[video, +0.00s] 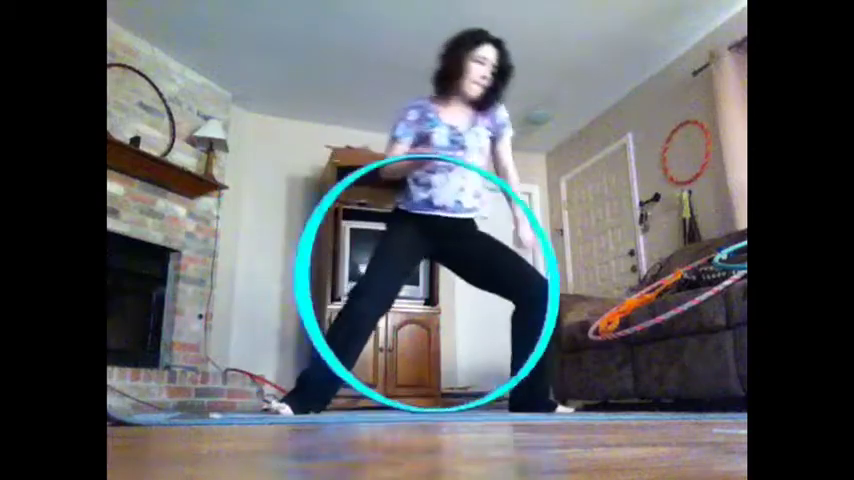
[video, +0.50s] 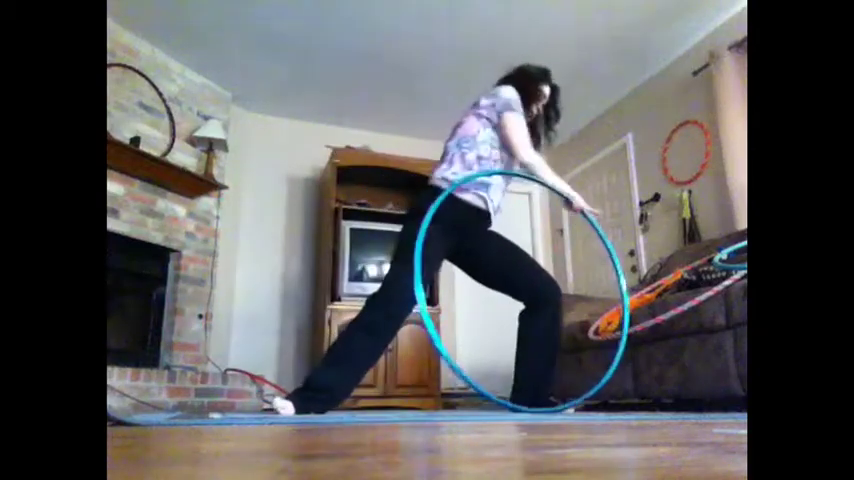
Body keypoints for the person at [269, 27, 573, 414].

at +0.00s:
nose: (486, 73)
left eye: (493, 68)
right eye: (479, 62)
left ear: (496, 77)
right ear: (456, 63)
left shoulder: (493, 117)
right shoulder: (419, 112)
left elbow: (509, 174)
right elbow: (388, 169)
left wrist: (523, 225)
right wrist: (417, 162)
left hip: (461, 232)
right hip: (411, 227)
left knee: (535, 290)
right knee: (364, 304)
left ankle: (531, 400)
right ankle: (303, 401)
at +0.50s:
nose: (542, 105)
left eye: (545, 102)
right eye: (541, 96)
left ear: (536, 105)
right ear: (527, 86)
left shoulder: (507, 125)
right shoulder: (505, 96)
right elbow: (524, 155)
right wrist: (572, 197)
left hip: (472, 228)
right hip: (439, 213)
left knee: (544, 294)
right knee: (391, 306)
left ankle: (532, 401)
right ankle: (306, 402)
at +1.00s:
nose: (492, 107)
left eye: (499, 104)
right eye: (494, 98)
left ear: (502, 102)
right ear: (485, 79)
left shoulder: (482, 125)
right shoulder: (444, 83)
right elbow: (425, 122)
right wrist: (478, 153)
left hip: (459, 216)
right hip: (414, 207)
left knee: (531, 293)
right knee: (360, 301)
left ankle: (535, 402)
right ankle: (301, 401)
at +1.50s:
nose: (375, 58)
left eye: (384, 51)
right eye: (367, 49)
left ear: (395, 56)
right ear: (351, 50)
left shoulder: (409, 88)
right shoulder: (329, 104)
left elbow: (458, 89)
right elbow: (280, 136)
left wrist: (504, 101)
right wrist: (260, 156)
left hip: (418, 209)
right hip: (368, 218)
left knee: (470, 303)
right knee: (302, 279)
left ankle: (537, 402)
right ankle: (289, 400)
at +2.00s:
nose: (421, 63)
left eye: (429, 54)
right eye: (413, 55)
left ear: (447, 55)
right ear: (401, 59)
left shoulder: (468, 93)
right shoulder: (398, 105)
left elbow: (524, 93)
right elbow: (378, 158)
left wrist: (482, 59)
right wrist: (415, 158)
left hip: (453, 217)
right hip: (403, 219)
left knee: (507, 294)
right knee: (342, 301)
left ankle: (525, 399)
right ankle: (275, 403)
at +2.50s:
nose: (475, 79)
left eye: (484, 70)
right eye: (467, 70)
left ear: (497, 73)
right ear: (455, 73)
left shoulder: (513, 106)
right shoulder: (445, 117)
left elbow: (498, 147)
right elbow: (449, 174)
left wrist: (441, 129)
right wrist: (506, 173)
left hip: (508, 223)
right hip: (461, 224)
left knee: (522, 301)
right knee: (416, 299)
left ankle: (534, 400)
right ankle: (427, 393)